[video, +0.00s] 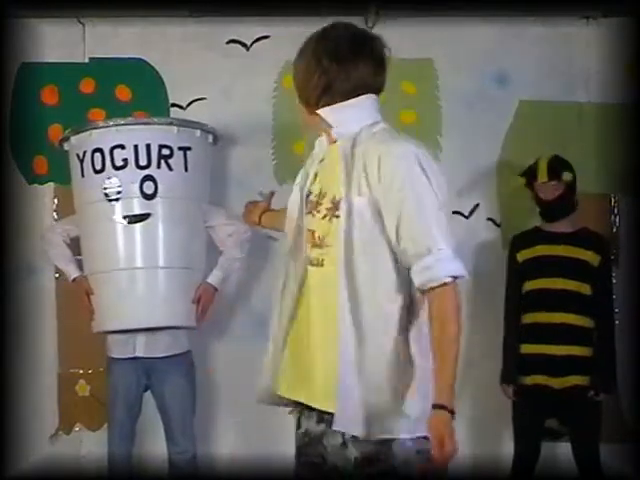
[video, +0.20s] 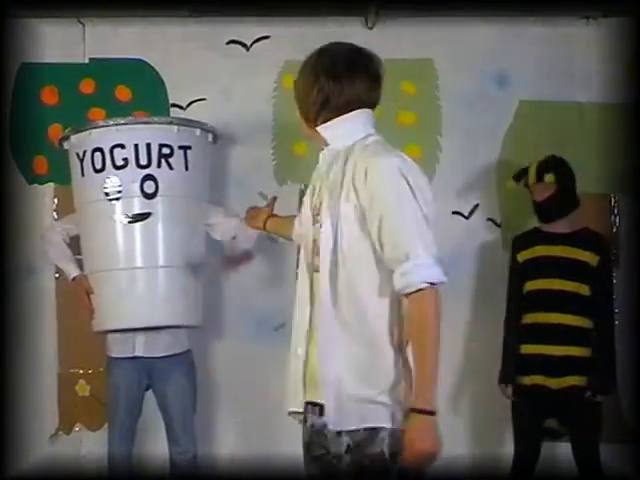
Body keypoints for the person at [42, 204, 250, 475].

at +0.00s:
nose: (143, 193)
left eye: (151, 187)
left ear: (164, 184)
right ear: (123, 188)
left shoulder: (188, 211)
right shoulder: (107, 217)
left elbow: (239, 235)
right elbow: (53, 233)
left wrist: (214, 282)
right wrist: (76, 276)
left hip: (172, 348)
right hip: (121, 350)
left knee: (182, 449)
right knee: (119, 451)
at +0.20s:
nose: (141, 192)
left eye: (149, 186)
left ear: (161, 185)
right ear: (121, 190)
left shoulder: (181, 212)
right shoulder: (104, 216)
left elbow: (235, 239)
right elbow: (53, 232)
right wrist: (76, 275)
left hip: (173, 349)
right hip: (122, 351)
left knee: (184, 449)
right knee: (118, 450)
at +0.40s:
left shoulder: (185, 211)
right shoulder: (108, 214)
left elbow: (245, 227)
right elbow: (53, 232)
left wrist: (235, 198)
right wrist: (76, 274)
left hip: (176, 336)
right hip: (124, 339)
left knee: (183, 437)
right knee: (122, 433)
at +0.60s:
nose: (140, 189)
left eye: (147, 182)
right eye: (134, 182)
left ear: (159, 184)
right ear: (123, 185)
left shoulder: (179, 209)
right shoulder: (107, 216)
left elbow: (238, 217)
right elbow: (55, 232)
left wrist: (268, 188)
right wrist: (76, 274)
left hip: (174, 338)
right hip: (124, 341)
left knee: (182, 434)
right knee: (122, 432)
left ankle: (185, 477)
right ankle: (119, 479)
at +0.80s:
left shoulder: (189, 210)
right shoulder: (109, 213)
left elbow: (258, 214)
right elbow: (53, 232)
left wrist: (236, 193)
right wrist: (77, 274)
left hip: (175, 337)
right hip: (124, 339)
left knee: (182, 433)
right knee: (123, 428)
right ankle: (118, 479)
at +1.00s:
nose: (137, 190)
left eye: (145, 183)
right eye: (128, 184)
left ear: (157, 183)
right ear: (116, 185)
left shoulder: (177, 209)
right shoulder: (107, 216)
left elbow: (232, 223)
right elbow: (53, 230)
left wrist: (235, 175)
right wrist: (75, 275)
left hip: (174, 340)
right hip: (124, 343)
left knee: (184, 441)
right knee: (121, 440)